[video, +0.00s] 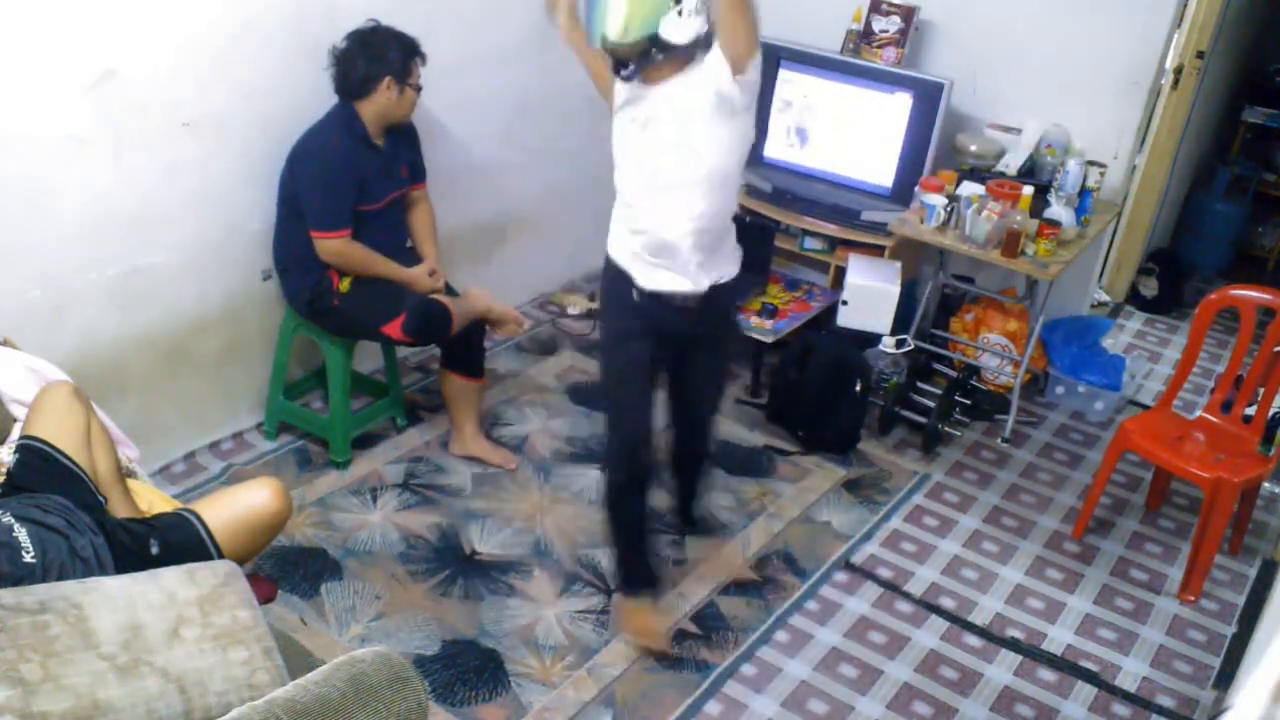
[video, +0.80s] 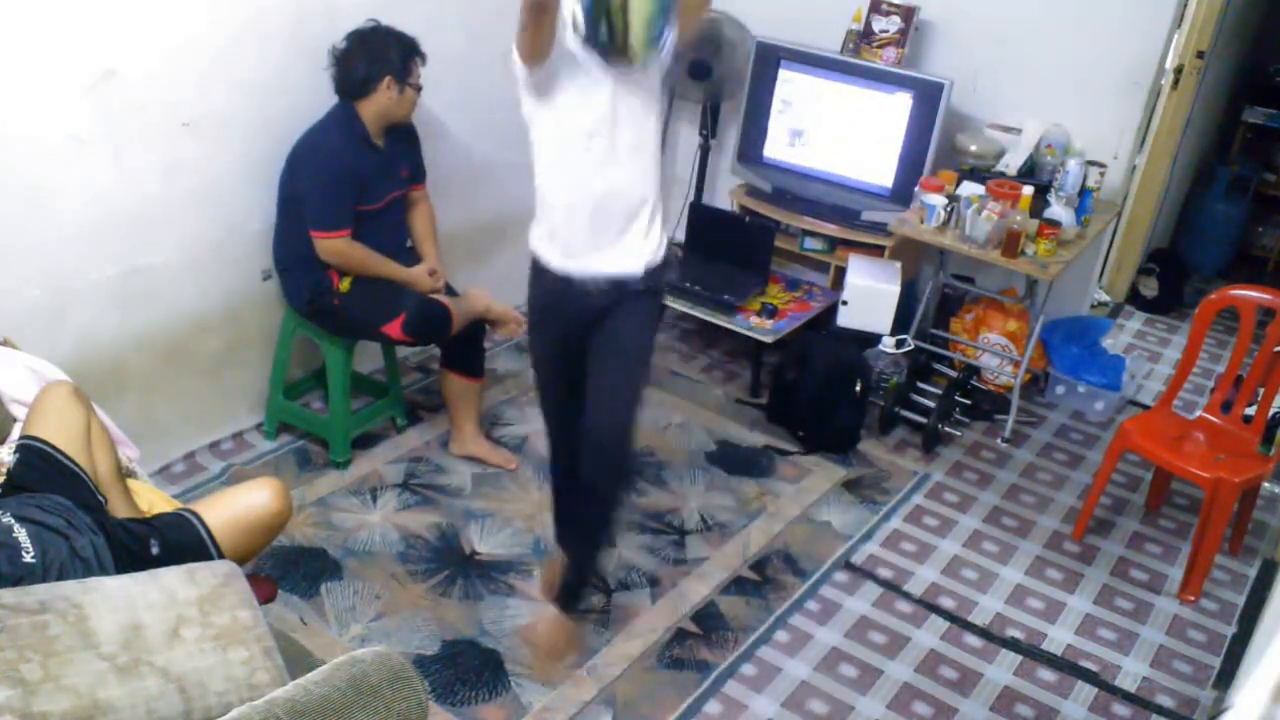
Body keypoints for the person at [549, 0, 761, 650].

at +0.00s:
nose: (627, 69)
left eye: (634, 55)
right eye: (621, 60)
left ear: (667, 43)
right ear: (625, 56)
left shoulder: (727, 79)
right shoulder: (627, 94)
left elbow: (734, 5)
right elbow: (582, 45)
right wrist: (568, 23)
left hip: (706, 297)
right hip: (632, 292)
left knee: (694, 429)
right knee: (628, 441)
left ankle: (686, 517)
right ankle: (634, 585)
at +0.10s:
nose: (663, 68)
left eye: (678, 58)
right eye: (655, 57)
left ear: (704, 60)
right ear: (640, 63)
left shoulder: (733, 117)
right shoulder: (624, 117)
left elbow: (686, 51)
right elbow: (565, 119)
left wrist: (672, 11)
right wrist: (582, 34)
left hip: (715, 326)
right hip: (639, 334)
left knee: (754, 448)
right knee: (655, 487)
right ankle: (678, 612)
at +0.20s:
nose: (647, 94)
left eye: (665, 79)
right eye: (640, 80)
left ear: (700, 82)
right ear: (625, 78)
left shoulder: (737, 143)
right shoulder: (610, 137)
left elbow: (718, 180)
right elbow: (516, 130)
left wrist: (656, 134)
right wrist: (583, 64)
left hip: (716, 346)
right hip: (637, 359)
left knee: (795, 460)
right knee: (653, 501)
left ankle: (864, 549)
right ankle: (678, 615)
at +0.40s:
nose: (656, 75)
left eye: (673, 70)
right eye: (647, 60)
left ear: (704, 59)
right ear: (630, 31)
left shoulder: (706, 106)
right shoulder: (582, 65)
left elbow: (727, 224)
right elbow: (504, 20)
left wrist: (758, 295)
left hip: (690, 280)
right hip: (610, 291)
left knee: (757, 423)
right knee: (628, 448)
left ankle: (840, 575)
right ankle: (648, 591)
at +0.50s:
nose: (662, 60)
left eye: (674, 50)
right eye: (649, 44)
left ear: (680, 53)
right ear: (620, 34)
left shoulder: (671, 103)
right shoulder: (559, 78)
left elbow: (745, 153)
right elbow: (560, 10)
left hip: (661, 295)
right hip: (583, 305)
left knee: (720, 456)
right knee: (581, 458)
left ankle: (784, 626)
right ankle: (594, 566)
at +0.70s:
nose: (620, 47)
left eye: (632, 38)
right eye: (610, 37)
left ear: (641, 42)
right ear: (583, 36)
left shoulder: (656, 91)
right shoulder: (543, 99)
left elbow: (701, 48)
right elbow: (533, 34)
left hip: (638, 309)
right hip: (558, 308)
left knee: (638, 472)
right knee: (566, 459)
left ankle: (628, 644)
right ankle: (584, 563)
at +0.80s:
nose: (621, 30)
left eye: (632, 20)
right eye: (610, 18)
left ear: (647, 21)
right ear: (584, 16)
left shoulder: (654, 59)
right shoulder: (543, 63)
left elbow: (695, 15)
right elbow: (536, 20)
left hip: (634, 284)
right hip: (557, 282)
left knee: (608, 441)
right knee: (565, 437)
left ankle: (569, 597)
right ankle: (573, 551)